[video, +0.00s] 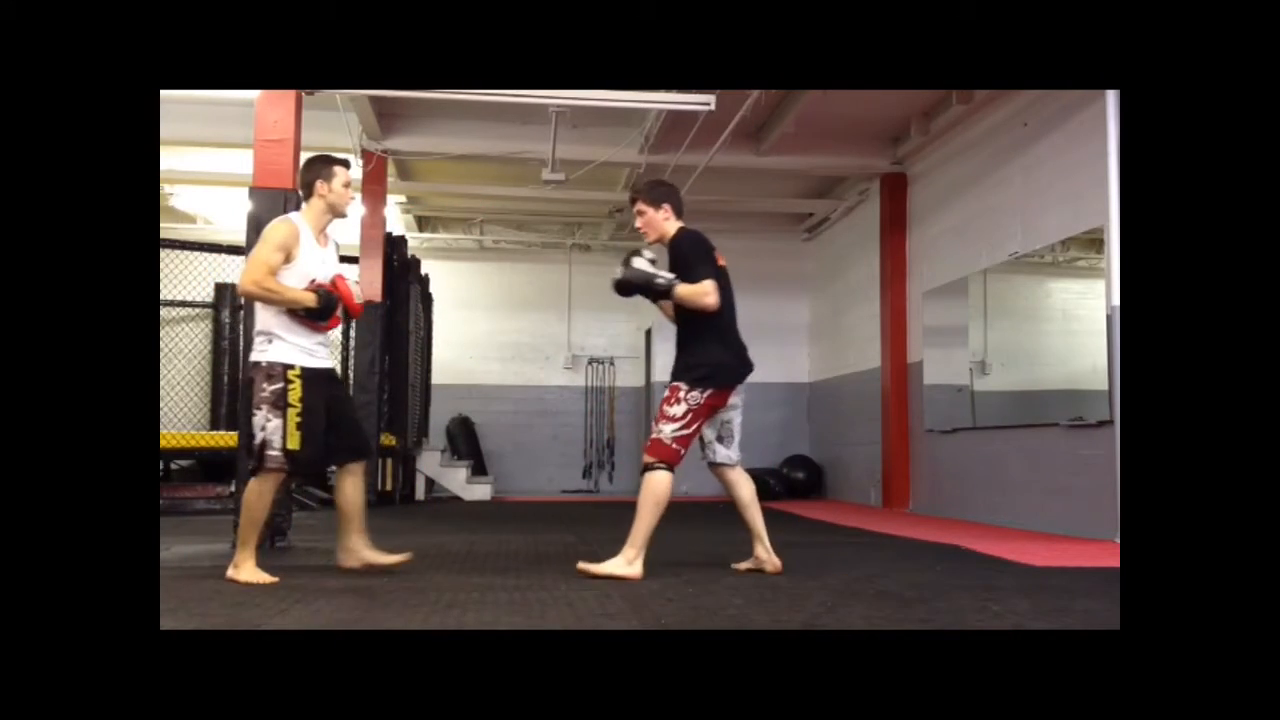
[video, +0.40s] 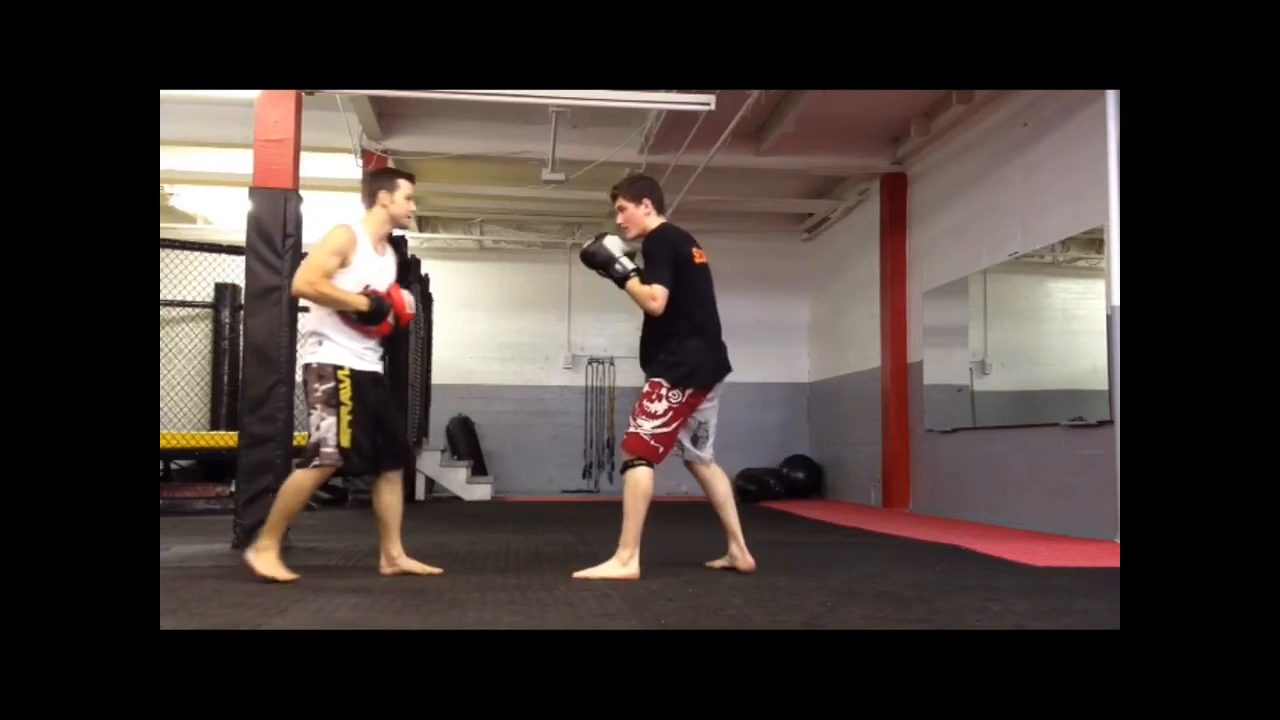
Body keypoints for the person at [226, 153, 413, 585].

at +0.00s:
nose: (352, 195)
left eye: (351, 187)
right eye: (345, 186)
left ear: (325, 191)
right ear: (319, 188)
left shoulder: (327, 243)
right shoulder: (285, 228)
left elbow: (319, 290)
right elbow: (250, 282)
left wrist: (343, 298)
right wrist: (308, 299)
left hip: (319, 366)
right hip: (279, 363)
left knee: (353, 454)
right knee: (274, 464)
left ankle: (353, 546)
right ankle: (243, 561)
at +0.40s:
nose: (414, 208)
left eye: (414, 200)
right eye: (408, 199)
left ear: (391, 202)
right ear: (382, 200)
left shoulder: (389, 255)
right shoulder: (345, 236)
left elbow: (377, 302)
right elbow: (304, 282)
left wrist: (395, 308)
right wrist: (364, 304)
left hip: (367, 366)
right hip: (328, 361)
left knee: (390, 458)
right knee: (327, 456)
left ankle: (392, 554)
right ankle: (264, 547)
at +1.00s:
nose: (403, 202)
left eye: (404, 195)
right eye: (397, 194)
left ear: (378, 198)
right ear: (371, 194)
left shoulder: (379, 241)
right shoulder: (337, 232)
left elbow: (406, 284)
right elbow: (369, 274)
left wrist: (431, 254)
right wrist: (404, 230)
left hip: (372, 367)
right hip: (335, 364)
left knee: (399, 460)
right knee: (330, 467)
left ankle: (394, 553)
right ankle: (287, 561)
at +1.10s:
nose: (398, 202)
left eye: (399, 194)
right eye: (393, 192)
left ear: (370, 196)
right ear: (366, 193)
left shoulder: (373, 241)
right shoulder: (333, 231)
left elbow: (403, 280)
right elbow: (373, 269)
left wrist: (426, 247)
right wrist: (407, 227)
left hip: (372, 368)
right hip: (335, 365)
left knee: (410, 455)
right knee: (333, 465)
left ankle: (400, 544)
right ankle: (287, 561)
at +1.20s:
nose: (400, 198)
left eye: (400, 190)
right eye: (393, 189)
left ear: (373, 195)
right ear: (367, 192)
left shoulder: (373, 239)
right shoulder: (333, 230)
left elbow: (402, 275)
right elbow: (373, 264)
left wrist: (425, 241)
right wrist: (405, 222)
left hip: (375, 365)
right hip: (336, 364)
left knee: (421, 446)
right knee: (329, 464)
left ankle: (412, 536)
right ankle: (287, 561)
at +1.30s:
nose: (402, 197)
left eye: (403, 190)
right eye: (398, 189)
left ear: (376, 192)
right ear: (373, 190)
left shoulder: (379, 237)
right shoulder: (336, 229)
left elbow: (409, 271)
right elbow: (370, 265)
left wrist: (427, 231)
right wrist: (402, 222)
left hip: (384, 366)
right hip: (343, 365)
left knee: (426, 449)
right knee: (327, 465)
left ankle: (434, 538)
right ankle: (286, 561)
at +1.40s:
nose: (414, 198)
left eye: (414, 191)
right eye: (408, 190)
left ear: (387, 193)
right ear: (383, 191)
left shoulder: (395, 244)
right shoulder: (345, 231)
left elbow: (434, 272)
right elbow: (367, 272)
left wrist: (439, 230)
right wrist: (402, 229)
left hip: (397, 369)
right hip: (354, 367)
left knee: (432, 458)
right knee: (328, 467)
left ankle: (450, 544)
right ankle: (287, 561)